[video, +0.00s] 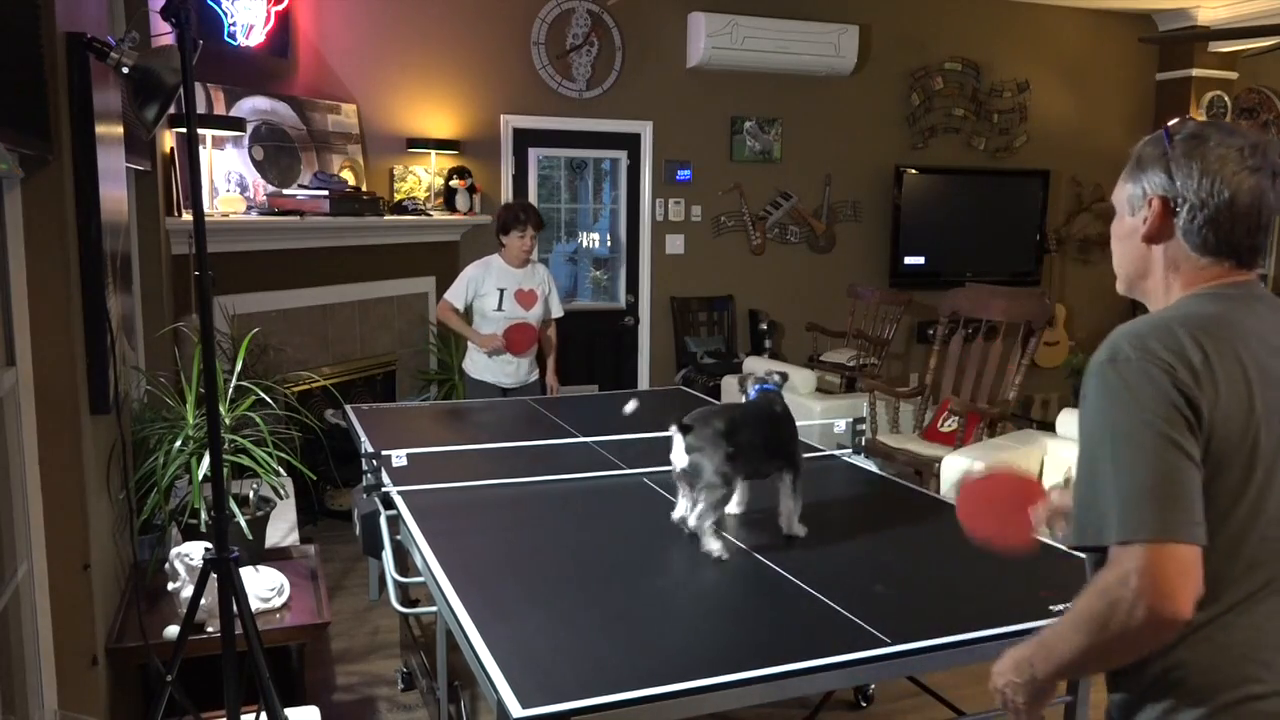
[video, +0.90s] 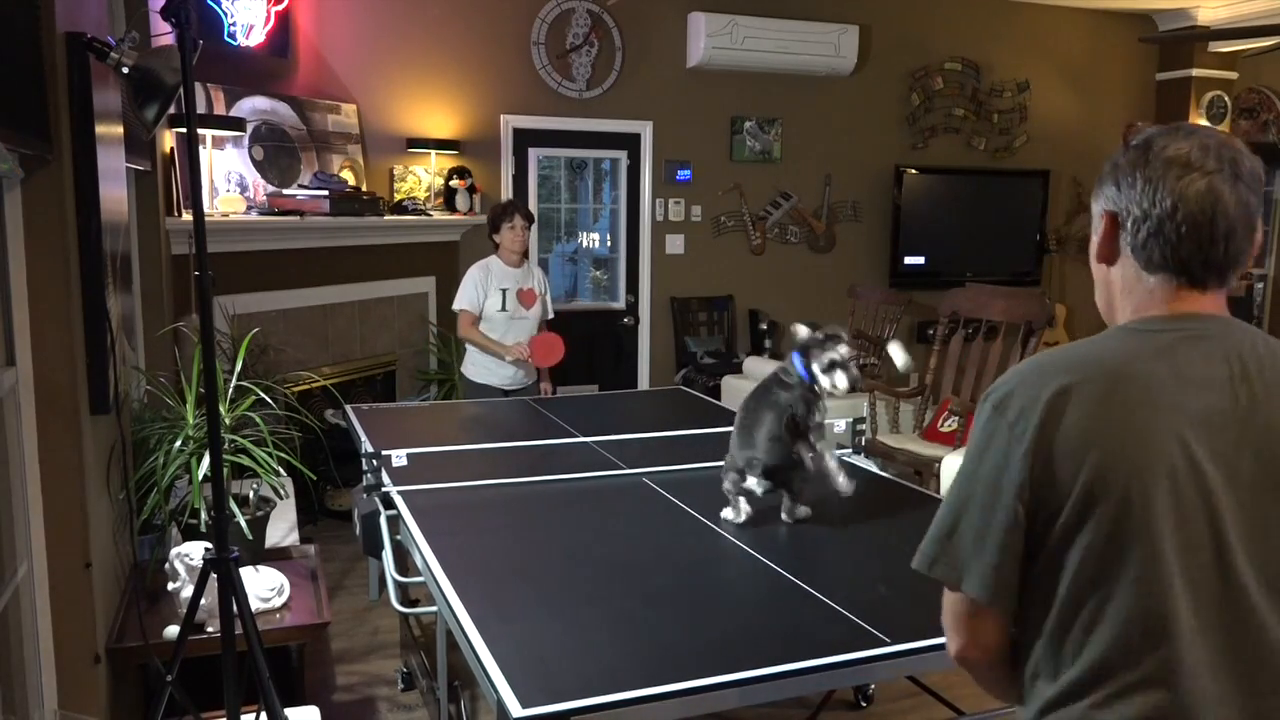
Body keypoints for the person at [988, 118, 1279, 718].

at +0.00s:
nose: (1110, 231)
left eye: (1117, 212)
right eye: (1113, 212)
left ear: (1156, 216)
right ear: (1245, 222)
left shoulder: (1147, 352)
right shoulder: (1269, 324)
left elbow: (1158, 589)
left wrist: (1032, 665)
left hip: (1196, 700)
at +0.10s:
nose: (1112, 230)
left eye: (1120, 211)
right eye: (1114, 212)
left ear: (1160, 215)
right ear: (1249, 221)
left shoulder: (1155, 362)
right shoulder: (1267, 324)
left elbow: (1168, 609)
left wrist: (1049, 669)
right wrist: (1116, 587)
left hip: (1201, 699)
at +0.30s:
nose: (1091, 237)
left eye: (1096, 214)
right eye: (1091, 215)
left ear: (1138, 221)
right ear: (1241, 228)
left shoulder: (1124, 378)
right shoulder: (1271, 340)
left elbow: (1115, 638)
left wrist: (1023, 687)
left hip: (1176, 702)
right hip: (1269, 686)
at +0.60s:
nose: (1047, 228)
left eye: (1050, 205)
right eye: (1048, 206)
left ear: (1077, 217)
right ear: (1197, 221)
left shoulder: (1062, 383)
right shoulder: (1272, 347)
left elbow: (1040, 664)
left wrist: (1016, 700)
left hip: (1134, 701)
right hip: (1266, 693)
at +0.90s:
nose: (1091, 248)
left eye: (1090, 229)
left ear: (1107, 236)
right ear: (1254, 247)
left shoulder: (1039, 394)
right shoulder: (1272, 372)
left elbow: (972, 636)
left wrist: (1058, 696)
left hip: (1093, 706)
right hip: (1257, 702)